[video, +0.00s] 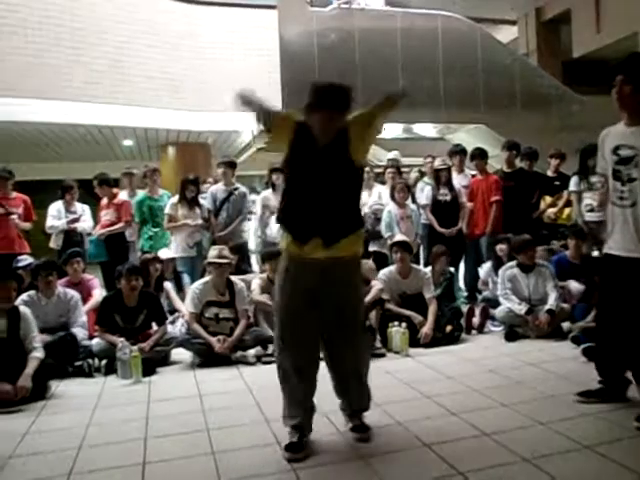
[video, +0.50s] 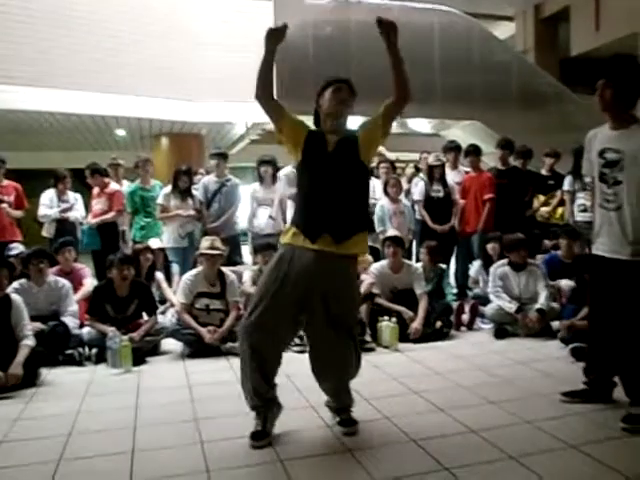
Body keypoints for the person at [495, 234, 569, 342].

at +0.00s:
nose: (531, 255)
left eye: (533, 251)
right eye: (526, 252)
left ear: (536, 251)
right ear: (517, 255)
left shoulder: (545, 268)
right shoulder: (506, 271)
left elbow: (553, 291)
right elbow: (505, 295)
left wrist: (549, 311)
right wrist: (526, 311)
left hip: (541, 306)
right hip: (519, 307)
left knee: (564, 310)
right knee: (501, 313)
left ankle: (523, 332)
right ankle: (547, 331)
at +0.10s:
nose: (526, 259)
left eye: (530, 254)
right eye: (522, 255)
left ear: (535, 256)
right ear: (516, 257)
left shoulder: (543, 271)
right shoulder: (505, 273)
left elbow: (552, 293)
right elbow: (505, 298)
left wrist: (544, 313)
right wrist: (528, 312)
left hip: (542, 309)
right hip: (518, 310)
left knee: (568, 310)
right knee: (502, 314)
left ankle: (522, 334)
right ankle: (549, 331)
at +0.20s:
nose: (534, 258)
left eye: (536, 254)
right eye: (529, 255)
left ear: (539, 255)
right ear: (519, 257)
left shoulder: (547, 272)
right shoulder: (508, 274)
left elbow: (555, 294)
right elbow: (506, 297)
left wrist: (550, 315)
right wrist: (527, 313)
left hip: (542, 309)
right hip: (520, 310)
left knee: (566, 313)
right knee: (502, 315)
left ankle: (523, 335)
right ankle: (548, 334)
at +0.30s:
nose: (529, 256)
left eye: (531, 252)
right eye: (524, 253)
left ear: (534, 253)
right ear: (516, 255)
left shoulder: (542, 270)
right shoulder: (504, 271)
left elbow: (551, 292)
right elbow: (502, 295)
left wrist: (546, 312)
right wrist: (524, 311)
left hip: (538, 307)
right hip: (516, 308)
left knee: (562, 311)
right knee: (498, 313)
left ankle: (520, 332)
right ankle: (544, 331)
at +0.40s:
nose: (528, 255)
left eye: (529, 251)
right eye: (523, 252)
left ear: (532, 252)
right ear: (513, 255)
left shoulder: (541, 269)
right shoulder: (502, 271)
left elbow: (549, 291)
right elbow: (500, 294)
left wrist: (545, 311)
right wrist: (522, 310)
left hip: (537, 306)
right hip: (515, 306)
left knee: (560, 310)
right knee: (496, 313)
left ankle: (519, 332)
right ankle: (542, 331)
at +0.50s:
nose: (523, 254)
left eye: (524, 250)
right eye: (518, 251)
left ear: (527, 251)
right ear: (508, 254)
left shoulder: (535, 268)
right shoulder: (497, 270)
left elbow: (544, 290)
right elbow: (495, 292)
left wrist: (540, 310)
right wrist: (516, 309)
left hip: (531, 305)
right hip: (509, 305)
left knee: (554, 309)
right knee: (491, 311)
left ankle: (513, 330)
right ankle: (536, 329)